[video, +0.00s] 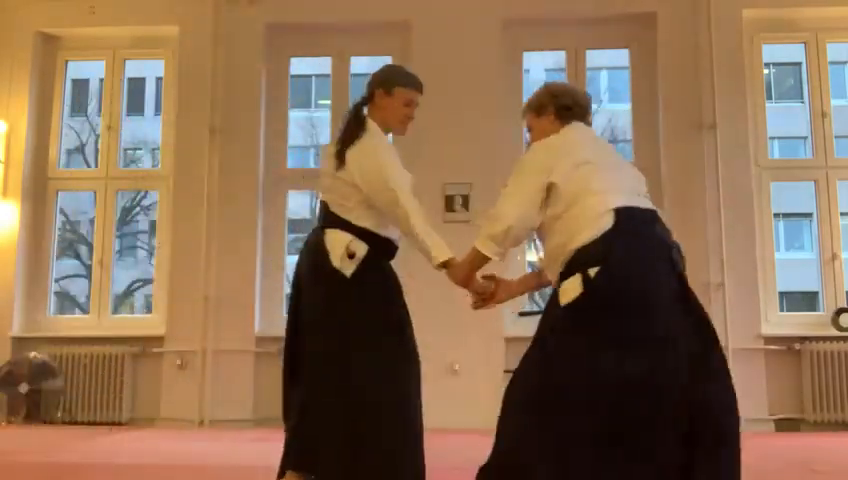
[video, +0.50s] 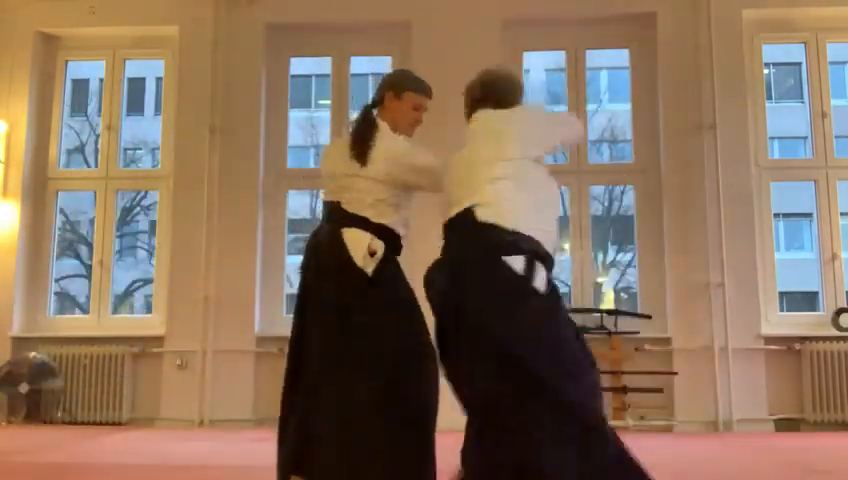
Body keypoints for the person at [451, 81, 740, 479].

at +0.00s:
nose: (528, 138)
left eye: (530, 127)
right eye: (527, 129)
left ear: (552, 117)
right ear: (577, 119)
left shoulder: (545, 152)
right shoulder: (608, 155)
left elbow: (510, 222)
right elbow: (582, 241)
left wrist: (464, 267)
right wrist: (514, 287)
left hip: (603, 267)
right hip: (659, 262)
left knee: (535, 390)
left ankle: (517, 471)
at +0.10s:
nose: (532, 134)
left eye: (536, 125)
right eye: (533, 126)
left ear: (556, 118)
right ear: (584, 122)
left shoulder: (546, 152)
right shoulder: (611, 159)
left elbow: (511, 220)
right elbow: (588, 239)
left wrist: (479, 261)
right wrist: (518, 283)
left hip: (597, 253)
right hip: (652, 253)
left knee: (524, 379)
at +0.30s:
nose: (517, 130)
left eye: (519, 123)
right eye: (519, 124)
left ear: (529, 121)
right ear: (572, 126)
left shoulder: (506, 156)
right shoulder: (590, 157)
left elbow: (481, 234)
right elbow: (599, 222)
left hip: (517, 252)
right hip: (582, 251)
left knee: (511, 372)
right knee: (616, 364)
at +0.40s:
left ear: (501, 117)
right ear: (546, 116)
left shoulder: (475, 157)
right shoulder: (564, 145)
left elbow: (468, 209)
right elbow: (588, 206)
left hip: (472, 257)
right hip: (536, 254)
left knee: (489, 379)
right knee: (603, 354)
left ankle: (491, 469)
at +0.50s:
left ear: (471, 108)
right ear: (515, 102)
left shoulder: (458, 159)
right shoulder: (517, 122)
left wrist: (540, 175)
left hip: (455, 276)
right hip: (509, 278)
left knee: (491, 399)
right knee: (574, 378)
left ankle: (488, 470)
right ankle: (595, 467)